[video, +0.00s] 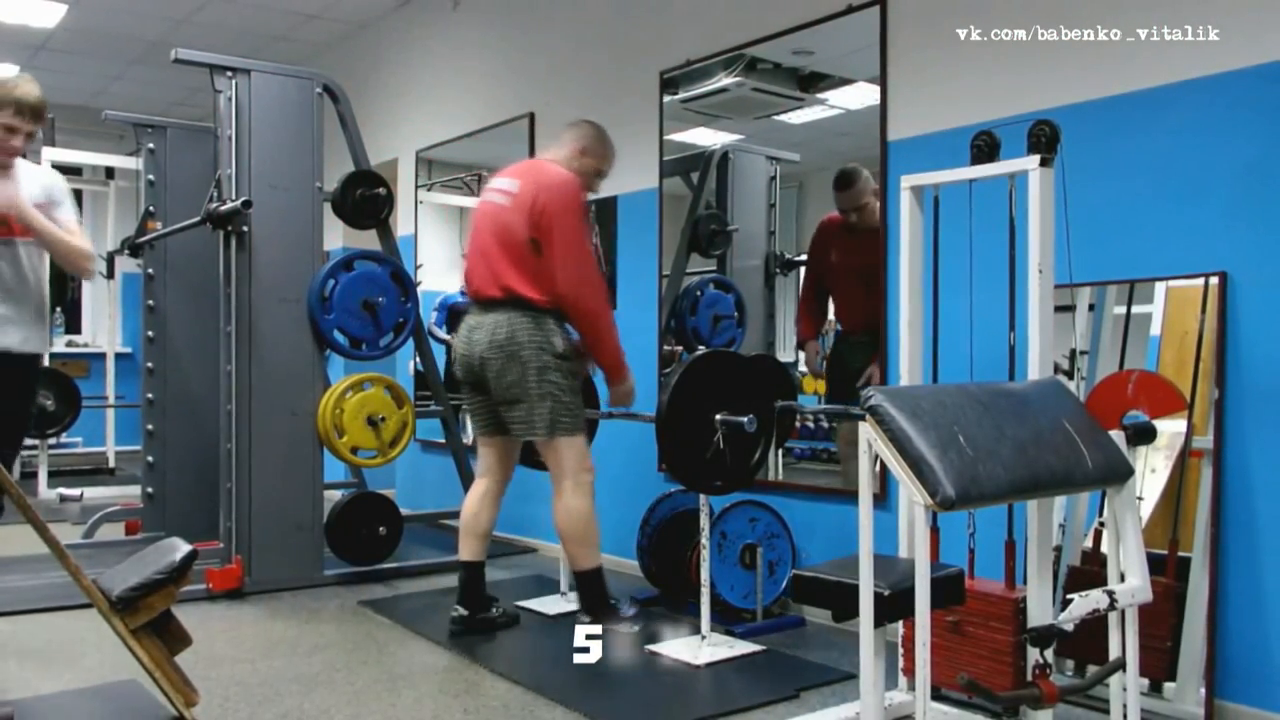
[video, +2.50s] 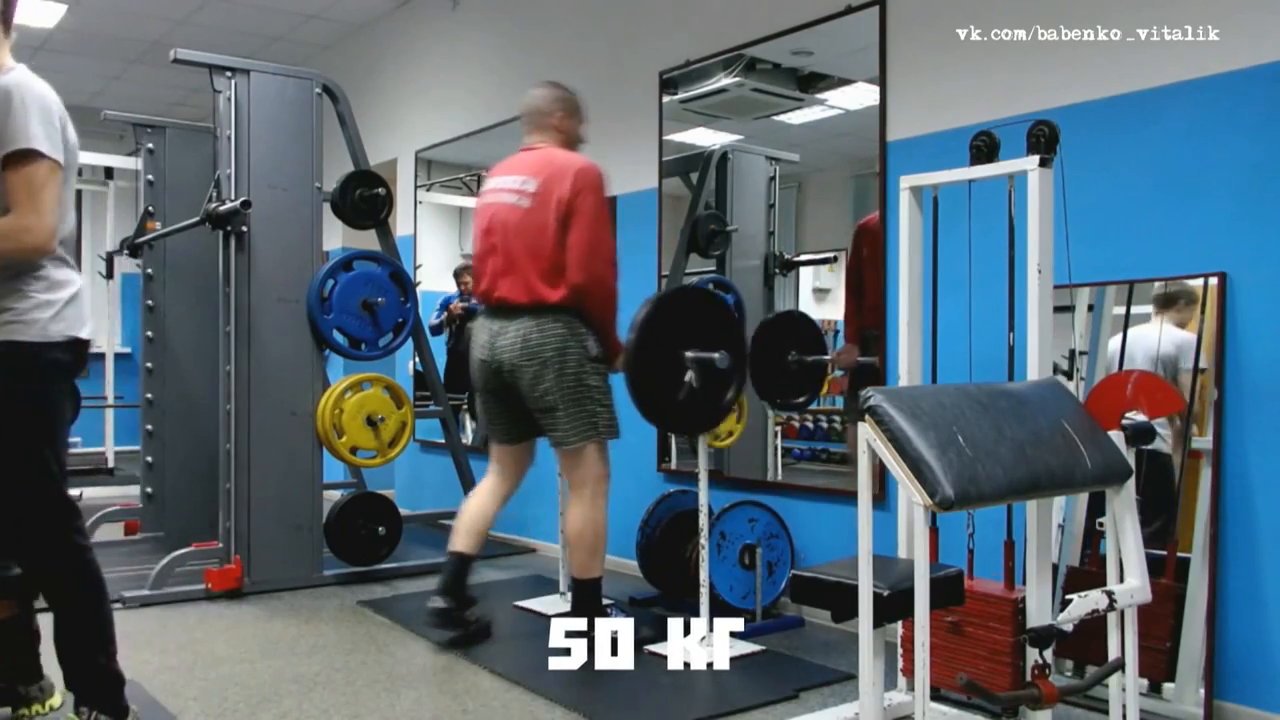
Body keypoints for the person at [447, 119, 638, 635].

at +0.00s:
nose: (591, 188)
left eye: (596, 182)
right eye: (594, 178)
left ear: (563, 145)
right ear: (583, 156)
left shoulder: (506, 177)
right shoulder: (559, 185)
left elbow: (499, 272)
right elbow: (579, 284)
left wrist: (561, 341)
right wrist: (616, 368)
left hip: (475, 328)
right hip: (526, 331)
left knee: (491, 472)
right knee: (572, 473)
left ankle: (471, 604)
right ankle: (598, 609)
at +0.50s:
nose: (683, 221)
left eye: (687, 216)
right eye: (687, 215)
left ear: (653, 182)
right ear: (678, 199)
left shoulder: (592, 192)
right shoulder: (662, 221)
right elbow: (635, 323)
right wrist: (639, 406)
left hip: (504, 320)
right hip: (558, 332)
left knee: (526, 465)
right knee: (581, 479)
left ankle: (524, 593)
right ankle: (596, 616)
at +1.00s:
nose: (671, 243)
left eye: (676, 239)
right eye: (675, 236)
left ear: (644, 201)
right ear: (666, 215)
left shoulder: (585, 213)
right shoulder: (649, 225)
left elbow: (553, 308)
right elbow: (623, 318)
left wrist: (585, 396)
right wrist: (636, 408)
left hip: (497, 322)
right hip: (547, 327)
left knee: (526, 473)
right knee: (584, 473)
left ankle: (532, 601)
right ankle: (590, 613)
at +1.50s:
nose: (671, 230)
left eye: (674, 225)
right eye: (674, 224)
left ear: (633, 196)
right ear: (664, 207)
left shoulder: (582, 212)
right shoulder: (653, 225)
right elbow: (628, 315)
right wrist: (636, 404)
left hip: (504, 324)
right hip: (556, 329)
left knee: (531, 471)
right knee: (588, 474)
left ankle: (529, 598)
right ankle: (587, 615)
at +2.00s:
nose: (648, 193)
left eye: (649, 186)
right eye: (648, 184)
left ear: (602, 168)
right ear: (634, 171)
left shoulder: (557, 201)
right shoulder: (631, 209)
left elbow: (511, 282)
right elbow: (623, 307)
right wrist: (637, 390)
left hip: (502, 327)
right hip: (558, 332)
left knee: (532, 470)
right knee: (598, 475)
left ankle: (532, 598)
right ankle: (588, 612)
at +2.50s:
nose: (583, 130)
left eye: (581, 121)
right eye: (580, 121)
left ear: (530, 122)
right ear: (563, 119)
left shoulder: (499, 175)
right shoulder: (580, 173)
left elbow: (482, 268)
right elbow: (591, 271)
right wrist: (610, 342)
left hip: (489, 336)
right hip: (552, 336)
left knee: (504, 466)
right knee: (585, 475)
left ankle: (449, 595)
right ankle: (586, 619)